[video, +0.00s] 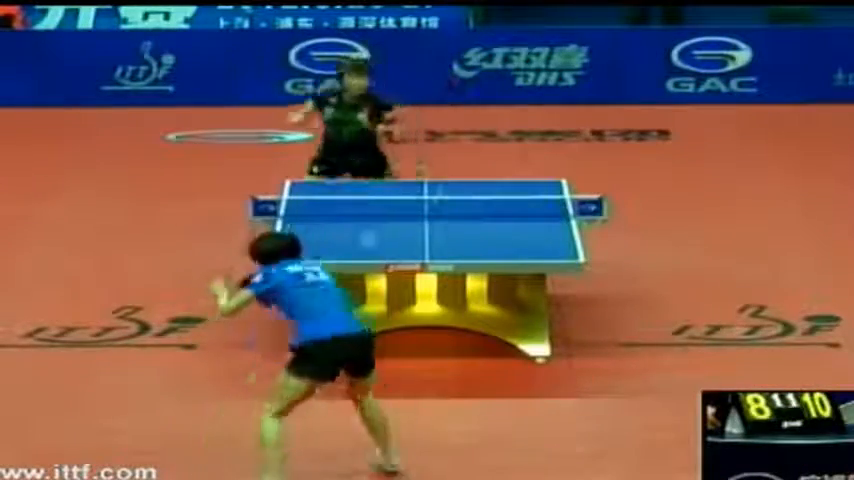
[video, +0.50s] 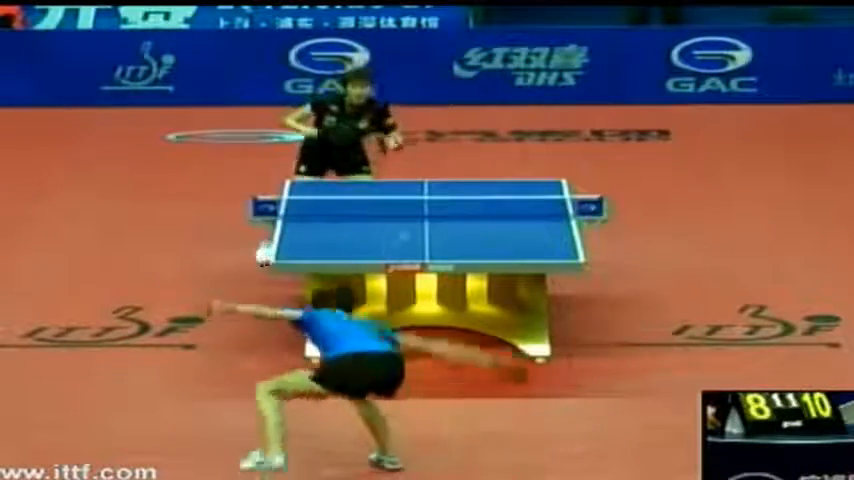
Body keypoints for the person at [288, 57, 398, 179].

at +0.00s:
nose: (357, 84)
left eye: (361, 79)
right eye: (353, 78)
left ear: (367, 81)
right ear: (343, 80)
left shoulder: (372, 103)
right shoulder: (329, 100)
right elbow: (310, 107)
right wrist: (300, 116)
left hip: (366, 157)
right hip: (332, 157)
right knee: (312, 189)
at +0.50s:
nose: (359, 92)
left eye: (363, 87)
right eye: (355, 87)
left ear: (369, 90)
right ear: (346, 88)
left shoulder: (375, 110)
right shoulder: (326, 102)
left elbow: (393, 132)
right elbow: (290, 120)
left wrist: (392, 141)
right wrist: (309, 131)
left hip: (351, 150)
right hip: (318, 149)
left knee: (364, 193)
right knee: (304, 193)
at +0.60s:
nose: (360, 97)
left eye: (364, 92)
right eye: (356, 91)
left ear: (370, 95)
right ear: (346, 92)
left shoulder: (372, 116)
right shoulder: (324, 107)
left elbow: (388, 139)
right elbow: (284, 126)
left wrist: (392, 150)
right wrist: (304, 135)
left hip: (349, 164)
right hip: (315, 163)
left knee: (364, 206)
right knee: (299, 207)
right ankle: (268, 249)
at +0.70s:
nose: (367, 106)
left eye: (371, 101)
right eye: (363, 100)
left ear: (374, 103)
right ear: (352, 100)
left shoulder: (373, 125)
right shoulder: (328, 114)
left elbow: (389, 157)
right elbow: (283, 129)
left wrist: (414, 165)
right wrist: (309, 140)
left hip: (346, 168)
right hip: (312, 168)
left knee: (378, 190)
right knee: (295, 208)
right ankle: (268, 252)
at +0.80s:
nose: (385, 111)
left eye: (387, 107)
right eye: (381, 106)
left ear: (386, 109)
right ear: (367, 104)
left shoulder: (383, 129)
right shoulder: (340, 117)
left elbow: (398, 159)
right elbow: (293, 125)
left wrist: (431, 166)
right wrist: (319, 135)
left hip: (350, 168)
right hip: (319, 168)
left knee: (386, 190)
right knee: (313, 208)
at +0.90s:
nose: (421, 116)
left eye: (422, 111)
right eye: (417, 110)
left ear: (416, 113)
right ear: (402, 108)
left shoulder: (411, 132)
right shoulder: (373, 116)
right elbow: (326, 115)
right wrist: (349, 123)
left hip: (373, 170)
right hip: (341, 167)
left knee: (399, 206)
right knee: (332, 208)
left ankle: (410, 255)